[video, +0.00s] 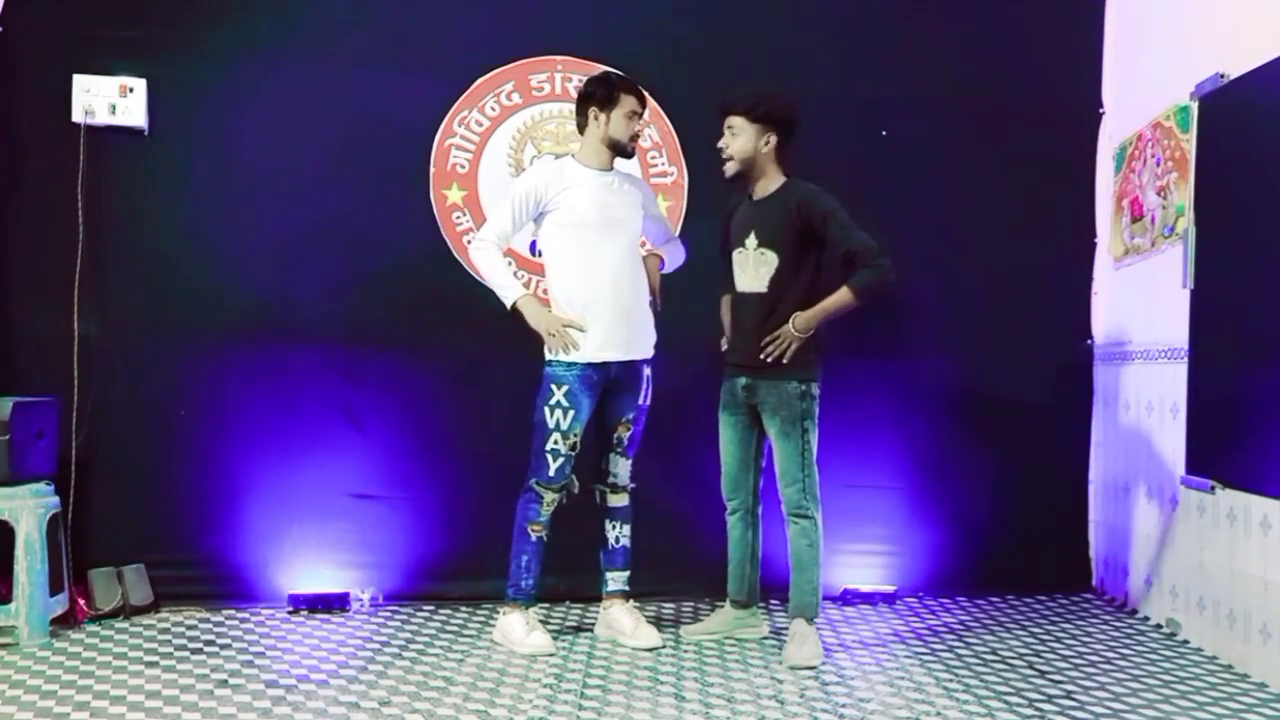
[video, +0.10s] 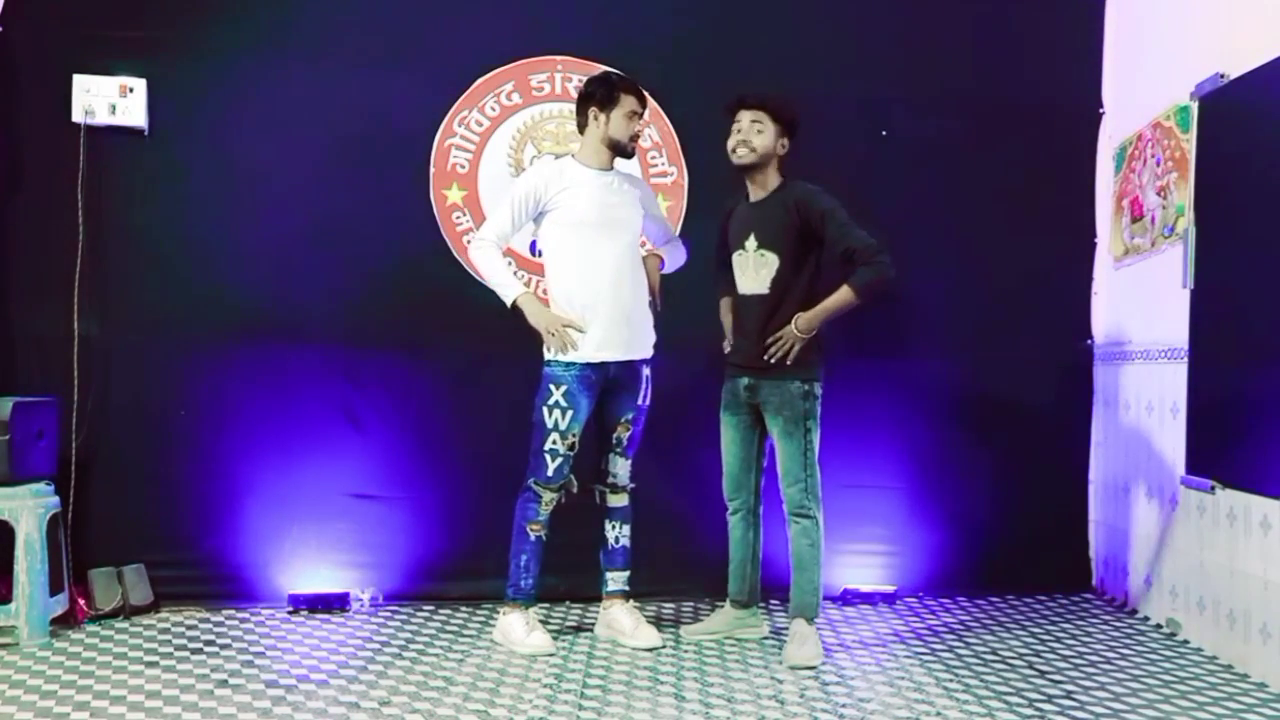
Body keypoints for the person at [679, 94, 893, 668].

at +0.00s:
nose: (721, 143)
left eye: (732, 133)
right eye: (723, 134)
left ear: (768, 141)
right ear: (746, 145)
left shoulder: (808, 202)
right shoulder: (736, 213)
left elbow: (874, 269)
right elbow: (731, 282)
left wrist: (809, 318)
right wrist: (729, 319)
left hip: (788, 379)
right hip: (737, 378)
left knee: (798, 503)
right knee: (737, 499)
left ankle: (802, 623)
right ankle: (742, 610)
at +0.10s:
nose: (741, 137)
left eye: (755, 128)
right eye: (736, 129)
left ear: (782, 143)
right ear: (730, 143)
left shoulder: (808, 203)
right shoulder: (734, 215)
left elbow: (875, 267)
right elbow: (725, 279)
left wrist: (813, 317)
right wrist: (729, 322)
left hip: (790, 379)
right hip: (738, 378)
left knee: (800, 502)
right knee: (738, 499)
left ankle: (803, 622)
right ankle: (742, 609)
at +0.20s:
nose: (753, 137)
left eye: (766, 131)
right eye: (745, 129)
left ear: (785, 147)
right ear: (732, 143)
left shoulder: (807, 203)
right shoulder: (731, 217)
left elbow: (875, 264)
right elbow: (720, 280)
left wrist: (814, 319)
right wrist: (728, 322)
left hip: (792, 379)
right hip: (739, 378)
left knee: (801, 503)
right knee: (740, 499)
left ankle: (803, 622)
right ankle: (742, 609)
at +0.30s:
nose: (751, 147)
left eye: (764, 138)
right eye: (743, 136)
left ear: (785, 148)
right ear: (732, 143)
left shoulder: (810, 203)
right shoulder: (731, 214)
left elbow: (876, 263)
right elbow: (713, 273)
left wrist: (815, 319)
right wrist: (724, 319)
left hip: (792, 378)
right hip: (739, 377)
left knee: (801, 503)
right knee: (741, 499)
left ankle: (803, 622)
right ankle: (742, 609)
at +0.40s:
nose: (738, 145)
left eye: (752, 136)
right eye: (734, 135)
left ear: (781, 145)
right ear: (731, 143)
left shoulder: (810, 203)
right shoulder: (731, 213)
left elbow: (877, 264)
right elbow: (710, 275)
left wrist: (814, 317)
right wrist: (720, 317)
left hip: (791, 378)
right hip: (737, 377)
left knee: (801, 503)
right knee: (741, 499)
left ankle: (803, 622)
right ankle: (742, 609)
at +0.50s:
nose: (729, 140)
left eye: (739, 131)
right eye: (728, 132)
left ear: (774, 138)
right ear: (740, 143)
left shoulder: (811, 202)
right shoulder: (730, 210)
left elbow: (876, 267)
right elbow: (706, 271)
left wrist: (812, 316)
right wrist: (716, 316)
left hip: (789, 375)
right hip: (735, 375)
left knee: (800, 503)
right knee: (740, 498)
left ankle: (803, 622)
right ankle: (742, 609)